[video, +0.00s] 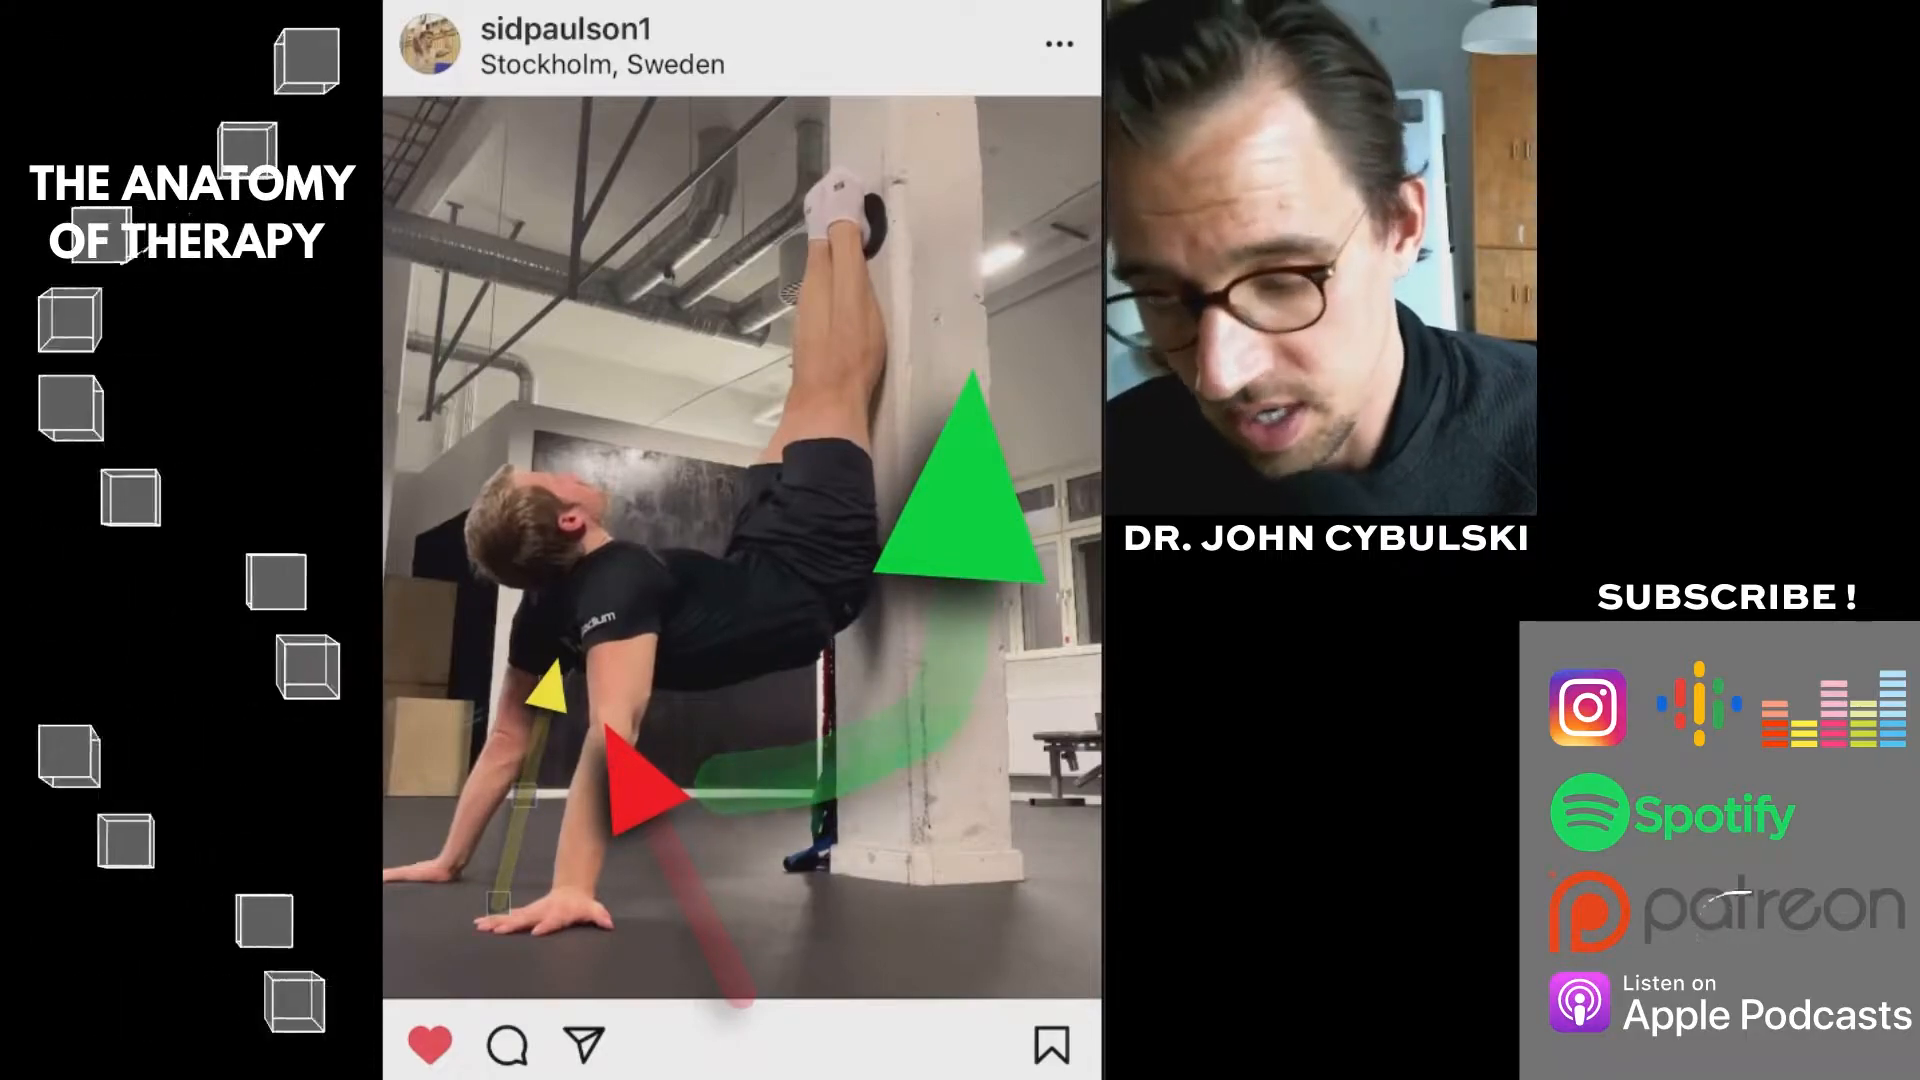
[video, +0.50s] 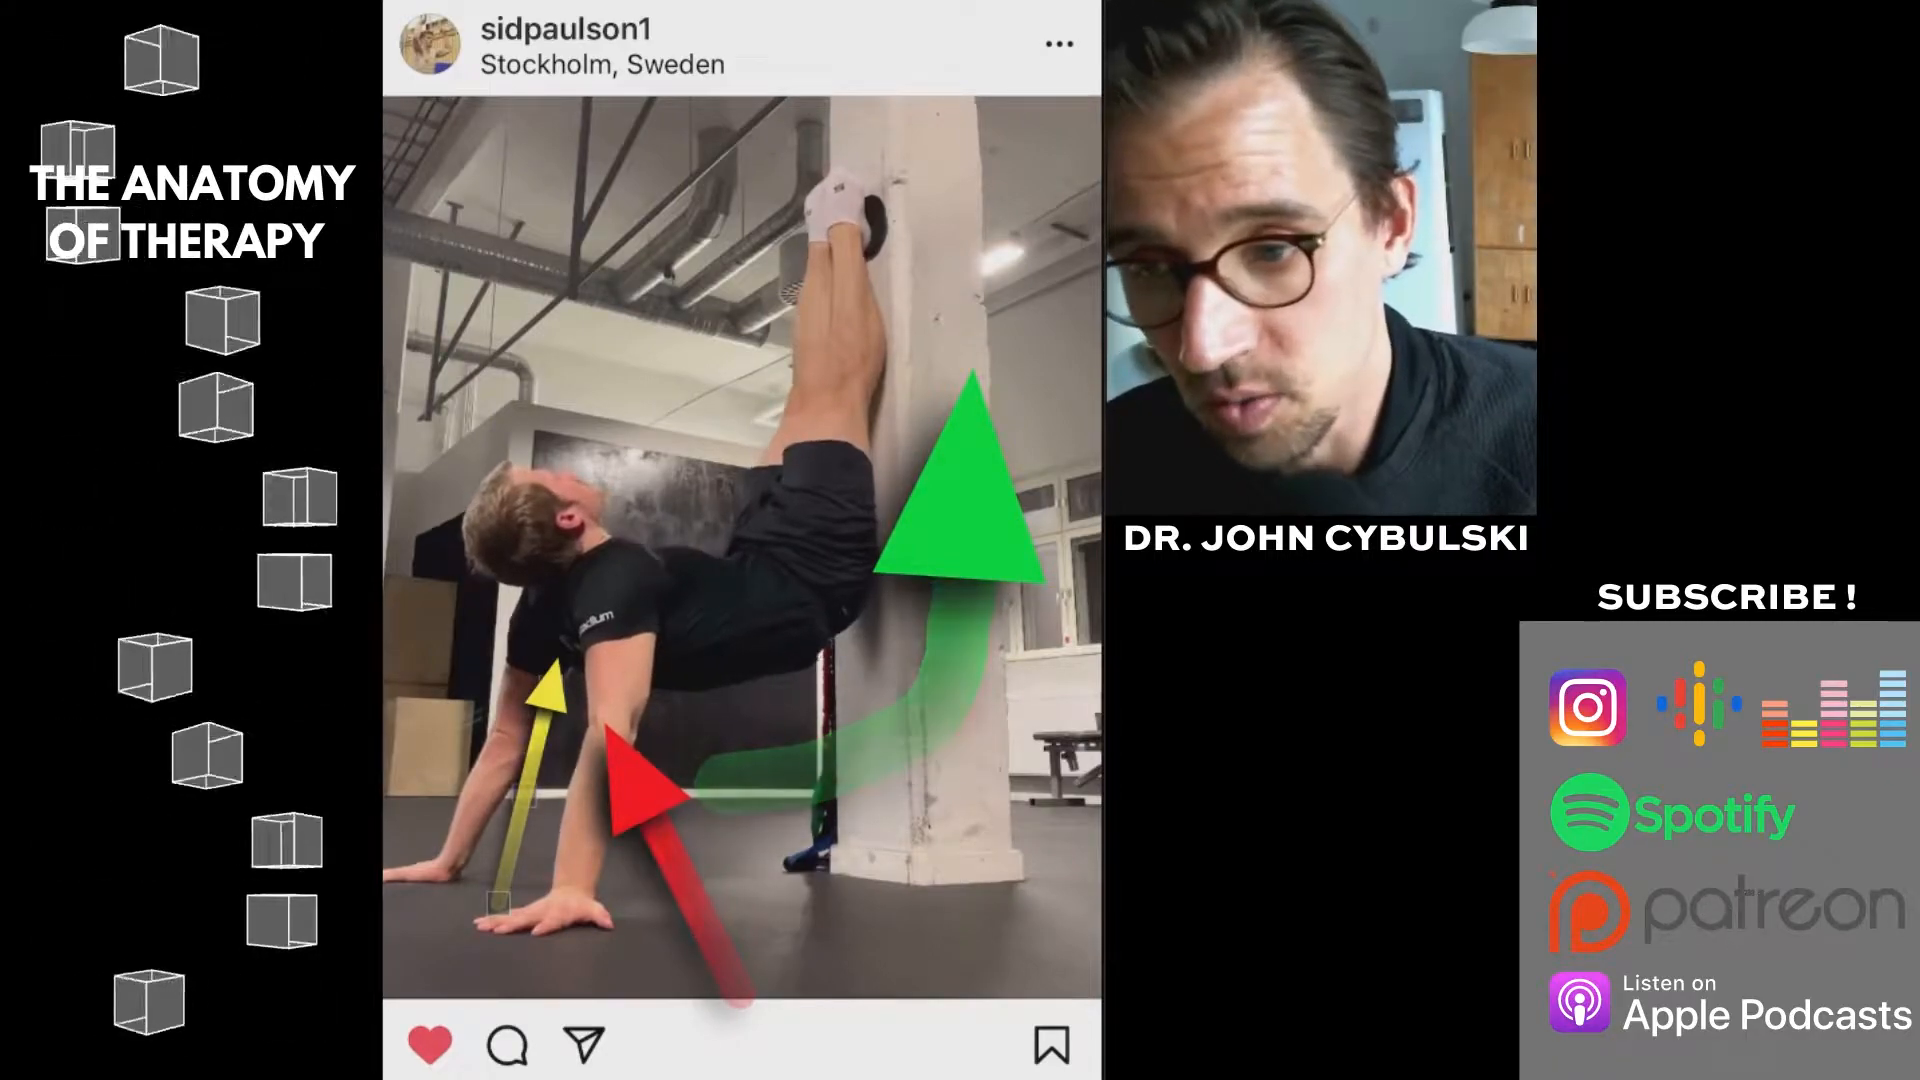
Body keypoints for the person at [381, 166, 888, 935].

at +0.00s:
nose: (569, 475)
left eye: (549, 471)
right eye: (558, 479)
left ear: (546, 547)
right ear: (570, 521)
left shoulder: (540, 608)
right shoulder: (616, 580)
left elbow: (505, 744)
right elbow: (609, 734)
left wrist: (448, 859)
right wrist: (574, 886)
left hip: (762, 578)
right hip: (810, 580)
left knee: (812, 389)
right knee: (839, 380)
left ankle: (828, 238)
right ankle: (844, 230)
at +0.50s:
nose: (567, 474)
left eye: (548, 469)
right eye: (555, 478)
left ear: (546, 544)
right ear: (567, 519)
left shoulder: (541, 603)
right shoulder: (614, 579)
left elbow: (505, 742)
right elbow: (608, 734)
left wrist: (448, 859)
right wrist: (573, 887)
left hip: (763, 579)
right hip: (809, 580)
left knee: (813, 392)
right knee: (838, 385)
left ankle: (828, 239)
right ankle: (843, 231)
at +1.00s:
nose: (566, 467)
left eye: (547, 467)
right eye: (554, 475)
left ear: (536, 544)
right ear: (568, 516)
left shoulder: (534, 606)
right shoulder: (616, 580)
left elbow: (503, 744)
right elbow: (606, 733)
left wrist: (448, 859)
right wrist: (573, 886)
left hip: (760, 589)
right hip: (808, 594)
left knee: (813, 398)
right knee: (843, 393)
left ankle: (830, 253)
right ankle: (845, 237)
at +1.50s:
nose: (575, 465)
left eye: (557, 465)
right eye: (563, 472)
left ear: (545, 541)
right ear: (572, 515)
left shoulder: (537, 606)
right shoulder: (618, 581)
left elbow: (506, 738)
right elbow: (611, 729)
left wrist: (448, 859)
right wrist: (572, 887)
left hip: (761, 609)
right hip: (810, 614)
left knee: (813, 416)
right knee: (844, 414)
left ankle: (824, 277)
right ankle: (846, 259)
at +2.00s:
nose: (580, 466)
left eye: (562, 464)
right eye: (567, 471)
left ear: (533, 545)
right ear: (575, 512)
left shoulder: (536, 611)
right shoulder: (617, 579)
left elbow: (507, 740)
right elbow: (609, 731)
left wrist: (448, 860)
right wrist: (572, 887)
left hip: (759, 633)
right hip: (807, 627)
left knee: (814, 434)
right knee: (844, 429)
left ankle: (825, 293)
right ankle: (845, 278)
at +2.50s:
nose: (589, 468)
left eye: (570, 463)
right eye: (578, 470)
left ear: (533, 546)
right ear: (584, 510)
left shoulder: (535, 608)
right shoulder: (615, 581)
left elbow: (506, 744)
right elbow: (609, 732)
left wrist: (448, 859)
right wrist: (572, 887)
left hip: (758, 666)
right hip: (803, 658)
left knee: (809, 467)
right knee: (846, 453)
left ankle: (826, 305)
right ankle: (845, 296)